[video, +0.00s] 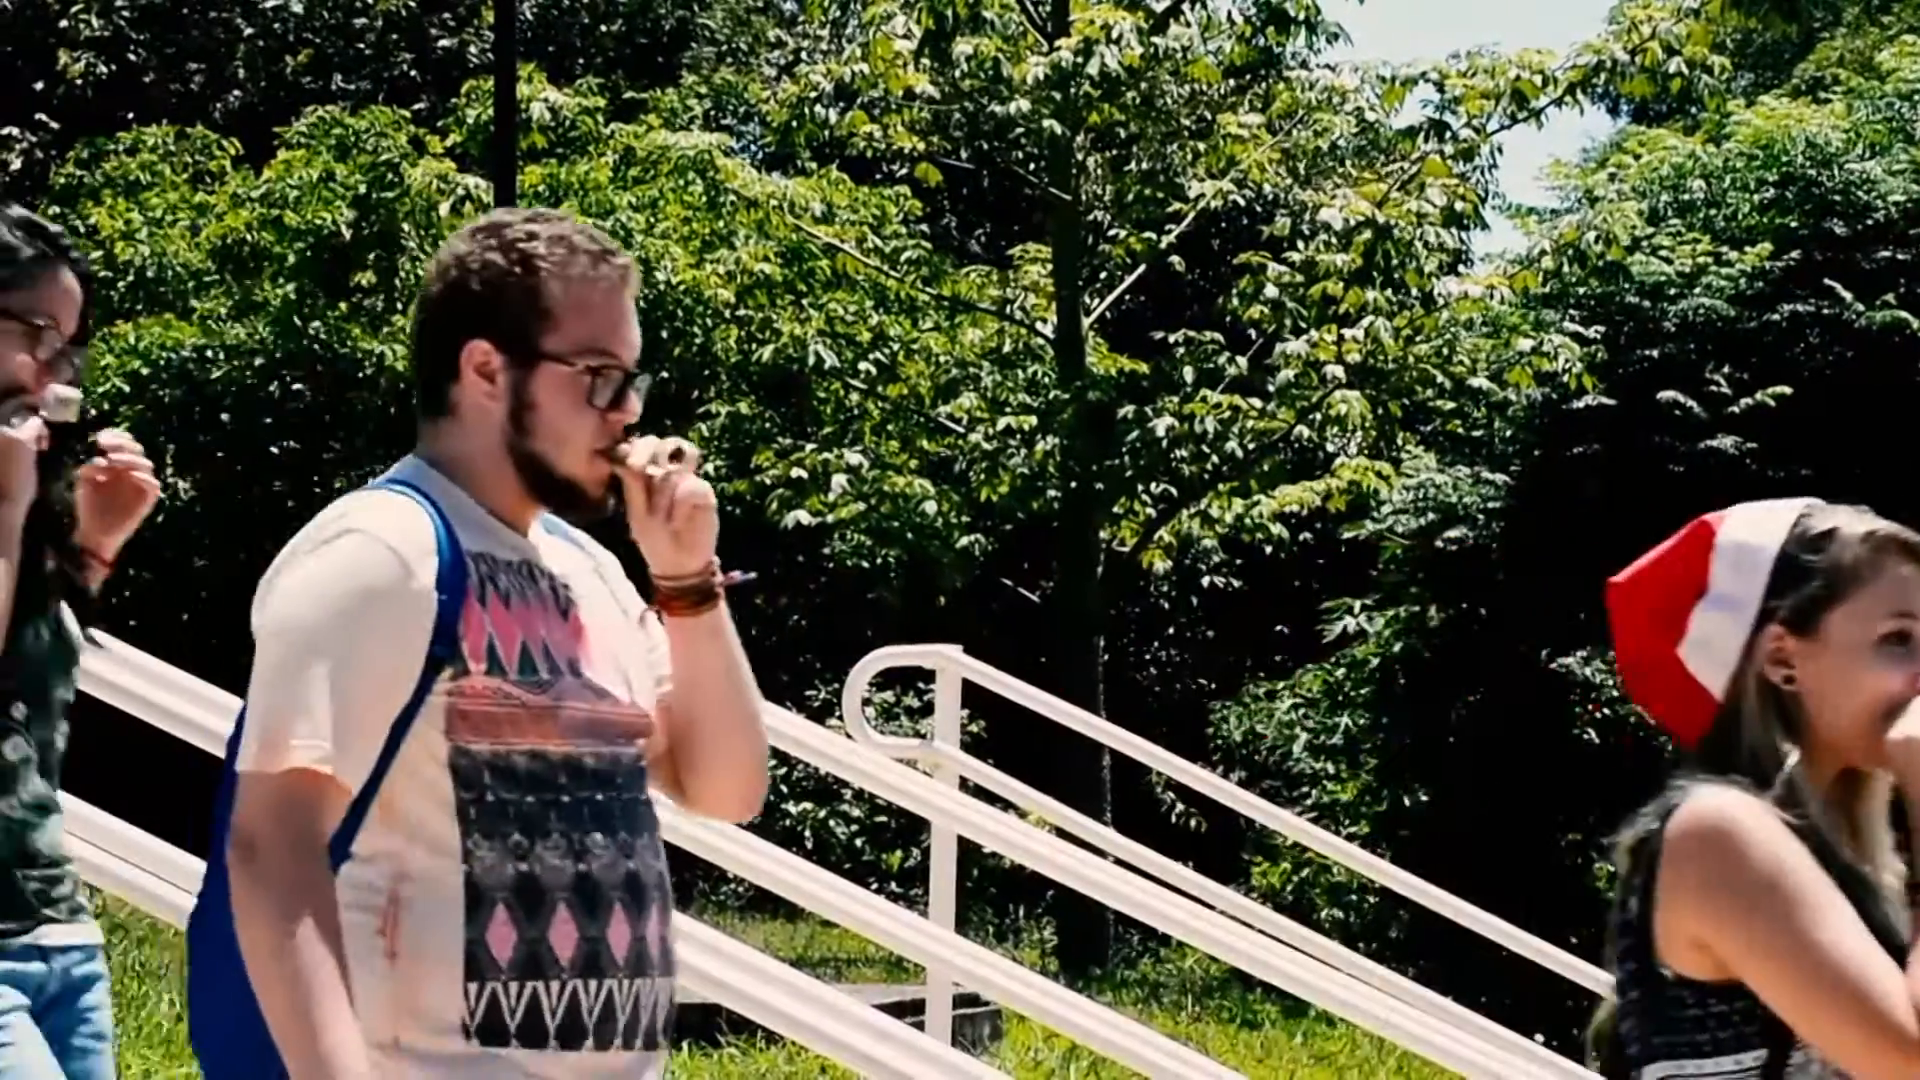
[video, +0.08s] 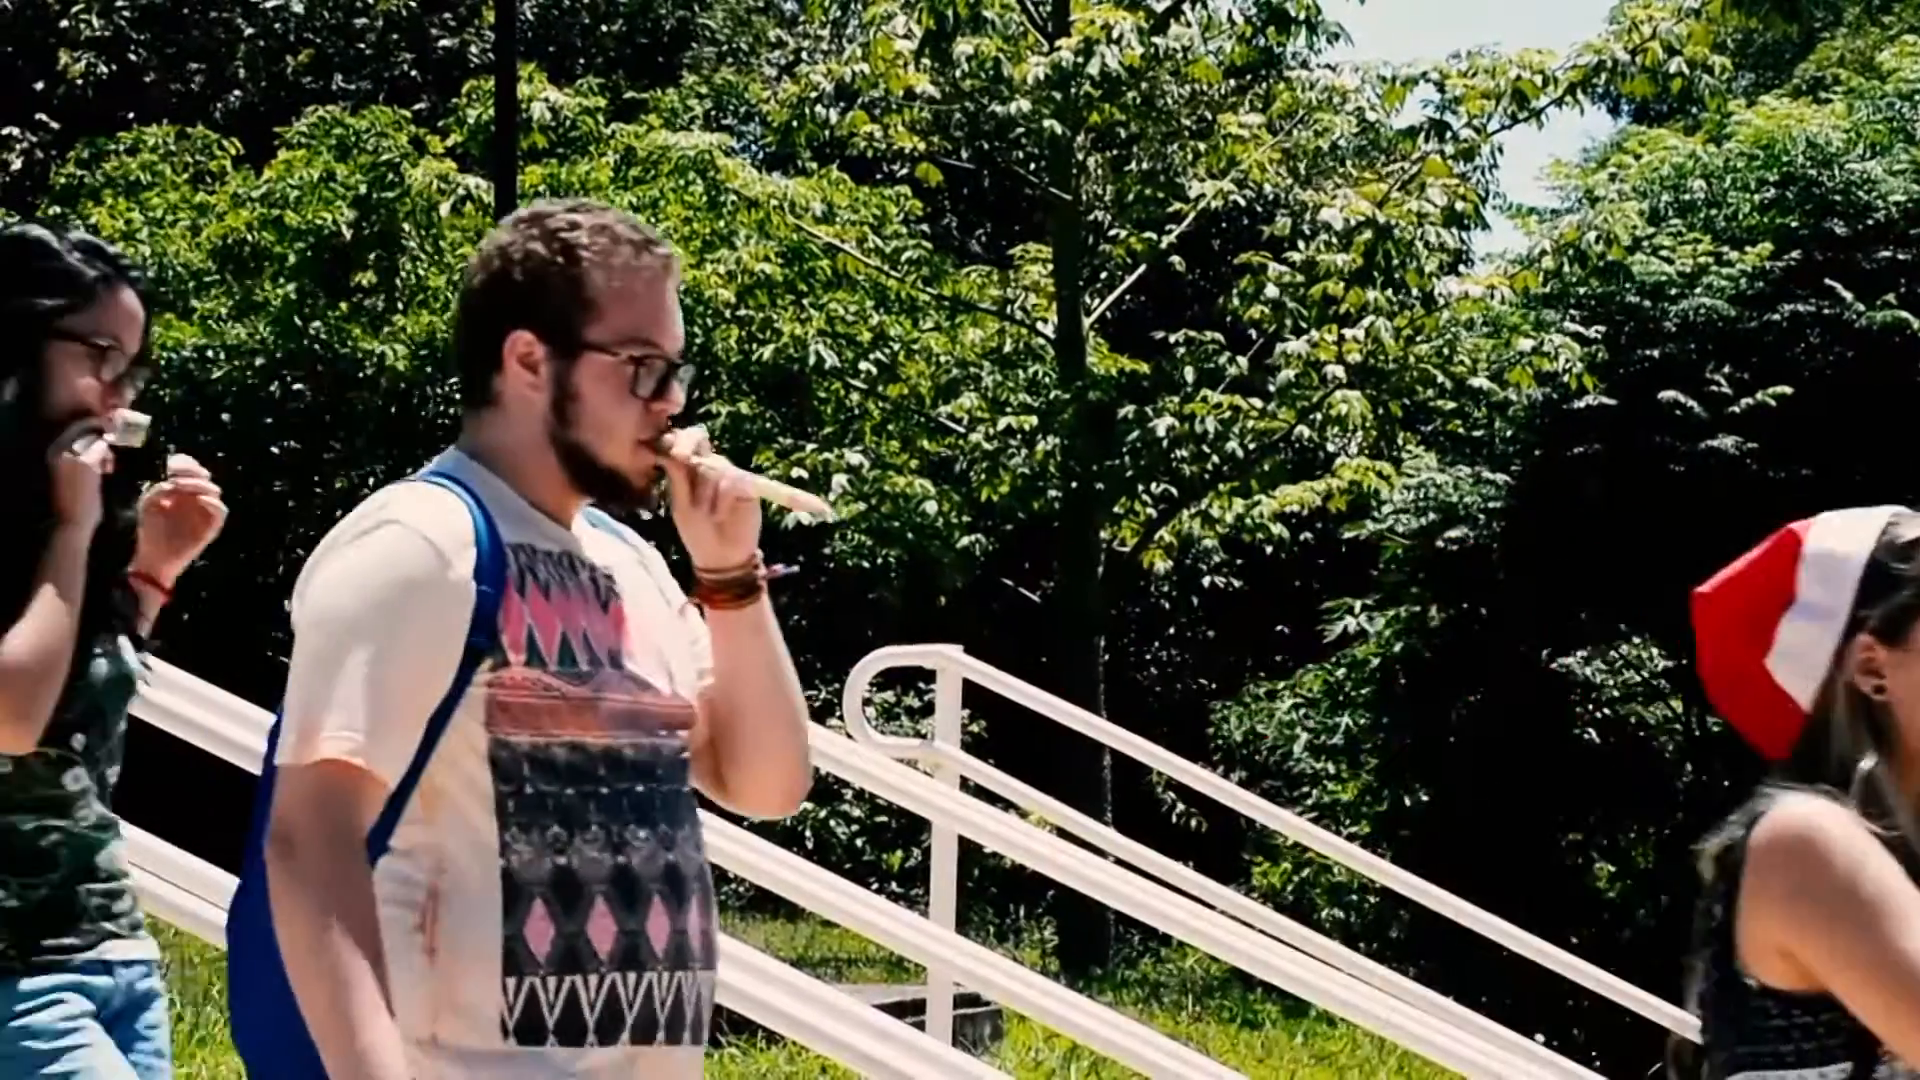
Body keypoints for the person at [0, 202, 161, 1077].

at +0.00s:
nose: (46, 368)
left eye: (63, 345)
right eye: (29, 330)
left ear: (73, 360)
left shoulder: (36, 485)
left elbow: (33, 679)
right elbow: (9, 669)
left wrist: (93, 548)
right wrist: (12, 510)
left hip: (65, 932)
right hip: (2, 946)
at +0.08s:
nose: (121, 390)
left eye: (131, 368)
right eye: (100, 356)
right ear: (18, 346)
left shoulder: (72, 504)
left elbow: (74, 706)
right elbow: (16, 720)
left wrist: (152, 571)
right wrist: (72, 529)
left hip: (122, 951)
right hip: (24, 969)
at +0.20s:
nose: (198, 384)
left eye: (208, 362)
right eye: (174, 353)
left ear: (213, 369)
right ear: (87, 346)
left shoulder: (152, 506)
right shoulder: (15, 514)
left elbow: (147, 711)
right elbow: (95, 714)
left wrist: (210, 575)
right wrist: (156, 525)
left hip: (198, 960)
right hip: (78, 977)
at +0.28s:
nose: (249, 408)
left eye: (255, 383)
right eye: (225, 373)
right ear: (138, 365)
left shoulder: (198, 534)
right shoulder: (38, 537)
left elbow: (205, 735)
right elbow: (163, 734)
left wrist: (253, 586)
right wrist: (215, 541)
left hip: (263, 1002)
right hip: (129, 1018)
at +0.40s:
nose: (321, 482)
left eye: (324, 454)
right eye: (294, 449)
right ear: (207, 447)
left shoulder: (247, 611)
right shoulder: (116, 624)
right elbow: (254, 824)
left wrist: (321, 662)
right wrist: (293, 627)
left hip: (313, 1038)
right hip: (196, 1050)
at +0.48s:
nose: (373, 533)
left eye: (377, 506)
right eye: (348, 500)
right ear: (260, 502)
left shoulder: (285, 666)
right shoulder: (166, 681)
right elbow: (308, 880)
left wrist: (366, 724)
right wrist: (346, 679)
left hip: (348, 1053)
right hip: (245, 1063)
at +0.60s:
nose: (446, 551)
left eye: (452, 525)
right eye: (426, 516)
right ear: (338, 507)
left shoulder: (334, 671)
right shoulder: (240, 684)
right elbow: (374, 887)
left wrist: (421, 713)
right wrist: (414, 694)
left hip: (401, 1053)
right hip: (314, 1064)